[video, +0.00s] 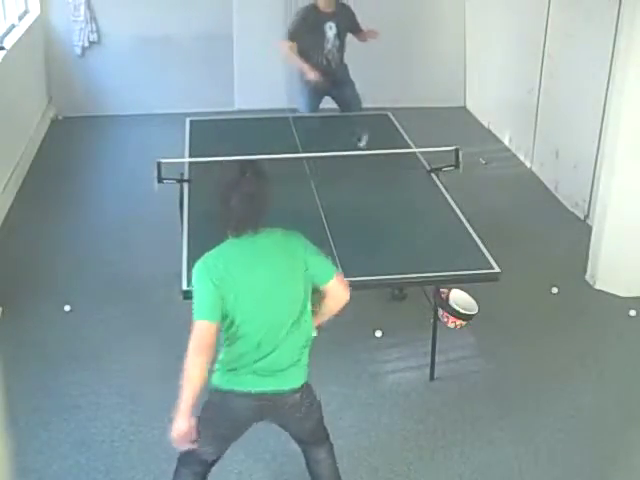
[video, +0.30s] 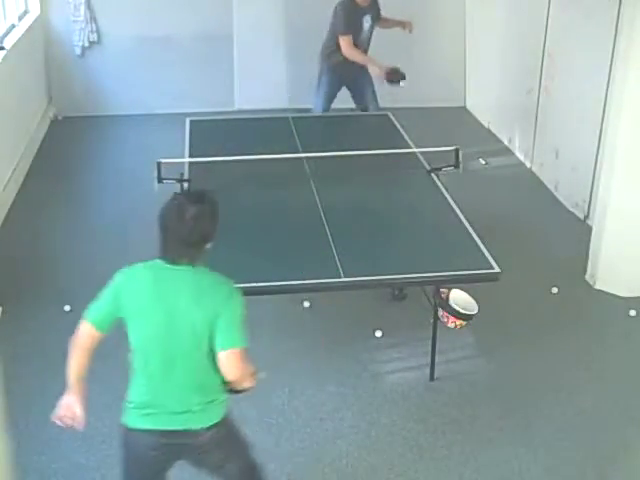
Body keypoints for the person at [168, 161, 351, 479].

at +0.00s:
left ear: (225, 207)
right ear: (264, 204)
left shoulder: (211, 266)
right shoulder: (295, 245)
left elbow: (202, 345)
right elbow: (340, 293)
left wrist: (184, 412)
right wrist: (310, 323)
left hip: (234, 399)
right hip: (292, 395)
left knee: (196, 461)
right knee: (318, 449)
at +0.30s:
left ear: (164, 232)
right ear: (208, 240)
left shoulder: (127, 281)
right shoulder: (222, 291)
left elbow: (83, 338)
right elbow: (232, 371)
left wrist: (73, 393)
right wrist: (244, 379)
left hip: (144, 430)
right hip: (205, 430)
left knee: (138, 474)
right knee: (246, 474)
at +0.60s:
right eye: (172, 264)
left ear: (122, 264)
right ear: (167, 276)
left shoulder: (83, 308)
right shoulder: (171, 342)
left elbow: (24, 368)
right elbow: (168, 431)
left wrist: (32, 405)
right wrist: (198, 414)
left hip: (55, 461)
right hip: (118, 470)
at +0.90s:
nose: (128, 288)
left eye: (127, 281)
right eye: (128, 282)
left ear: (73, 277)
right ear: (119, 295)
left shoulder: (33, 313)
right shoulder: (109, 360)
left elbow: (1, 354)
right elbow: (87, 448)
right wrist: (144, 449)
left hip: (8, 457)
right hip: (58, 471)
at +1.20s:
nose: (230, 187)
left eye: (230, 180)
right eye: (225, 180)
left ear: (210, 184)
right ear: (203, 184)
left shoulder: (214, 215)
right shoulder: (168, 220)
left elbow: (252, 251)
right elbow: (197, 281)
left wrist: (306, 254)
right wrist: (256, 289)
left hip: (161, 297)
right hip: (121, 300)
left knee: (191, 346)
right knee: (103, 377)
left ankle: (180, 409)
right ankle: (66, 459)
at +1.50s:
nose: (199, 154)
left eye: (196, 147)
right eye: (193, 149)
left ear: (171, 159)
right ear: (172, 160)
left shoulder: (173, 189)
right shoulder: (146, 204)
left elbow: (211, 205)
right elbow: (198, 247)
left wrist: (255, 199)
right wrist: (239, 204)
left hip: (139, 298)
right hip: (107, 305)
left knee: (161, 356)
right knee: (100, 387)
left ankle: (173, 409)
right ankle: (71, 464)